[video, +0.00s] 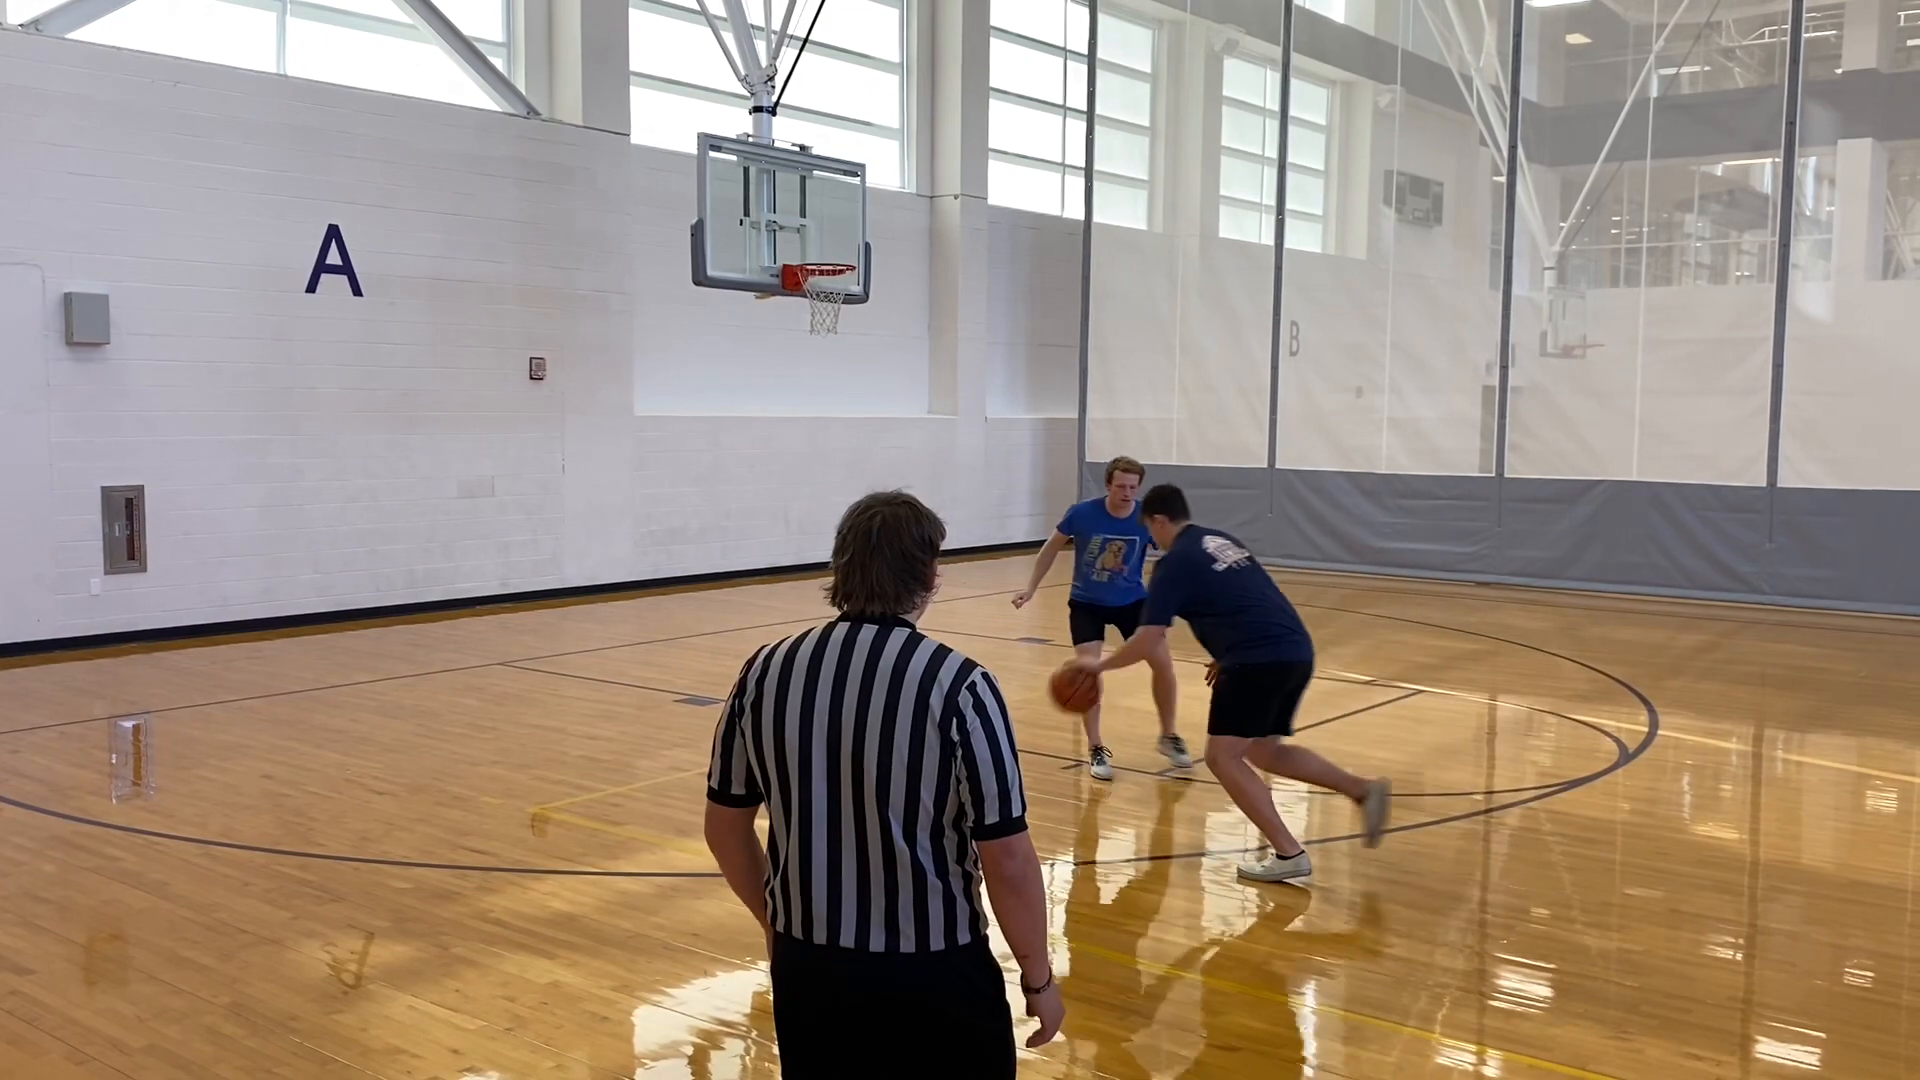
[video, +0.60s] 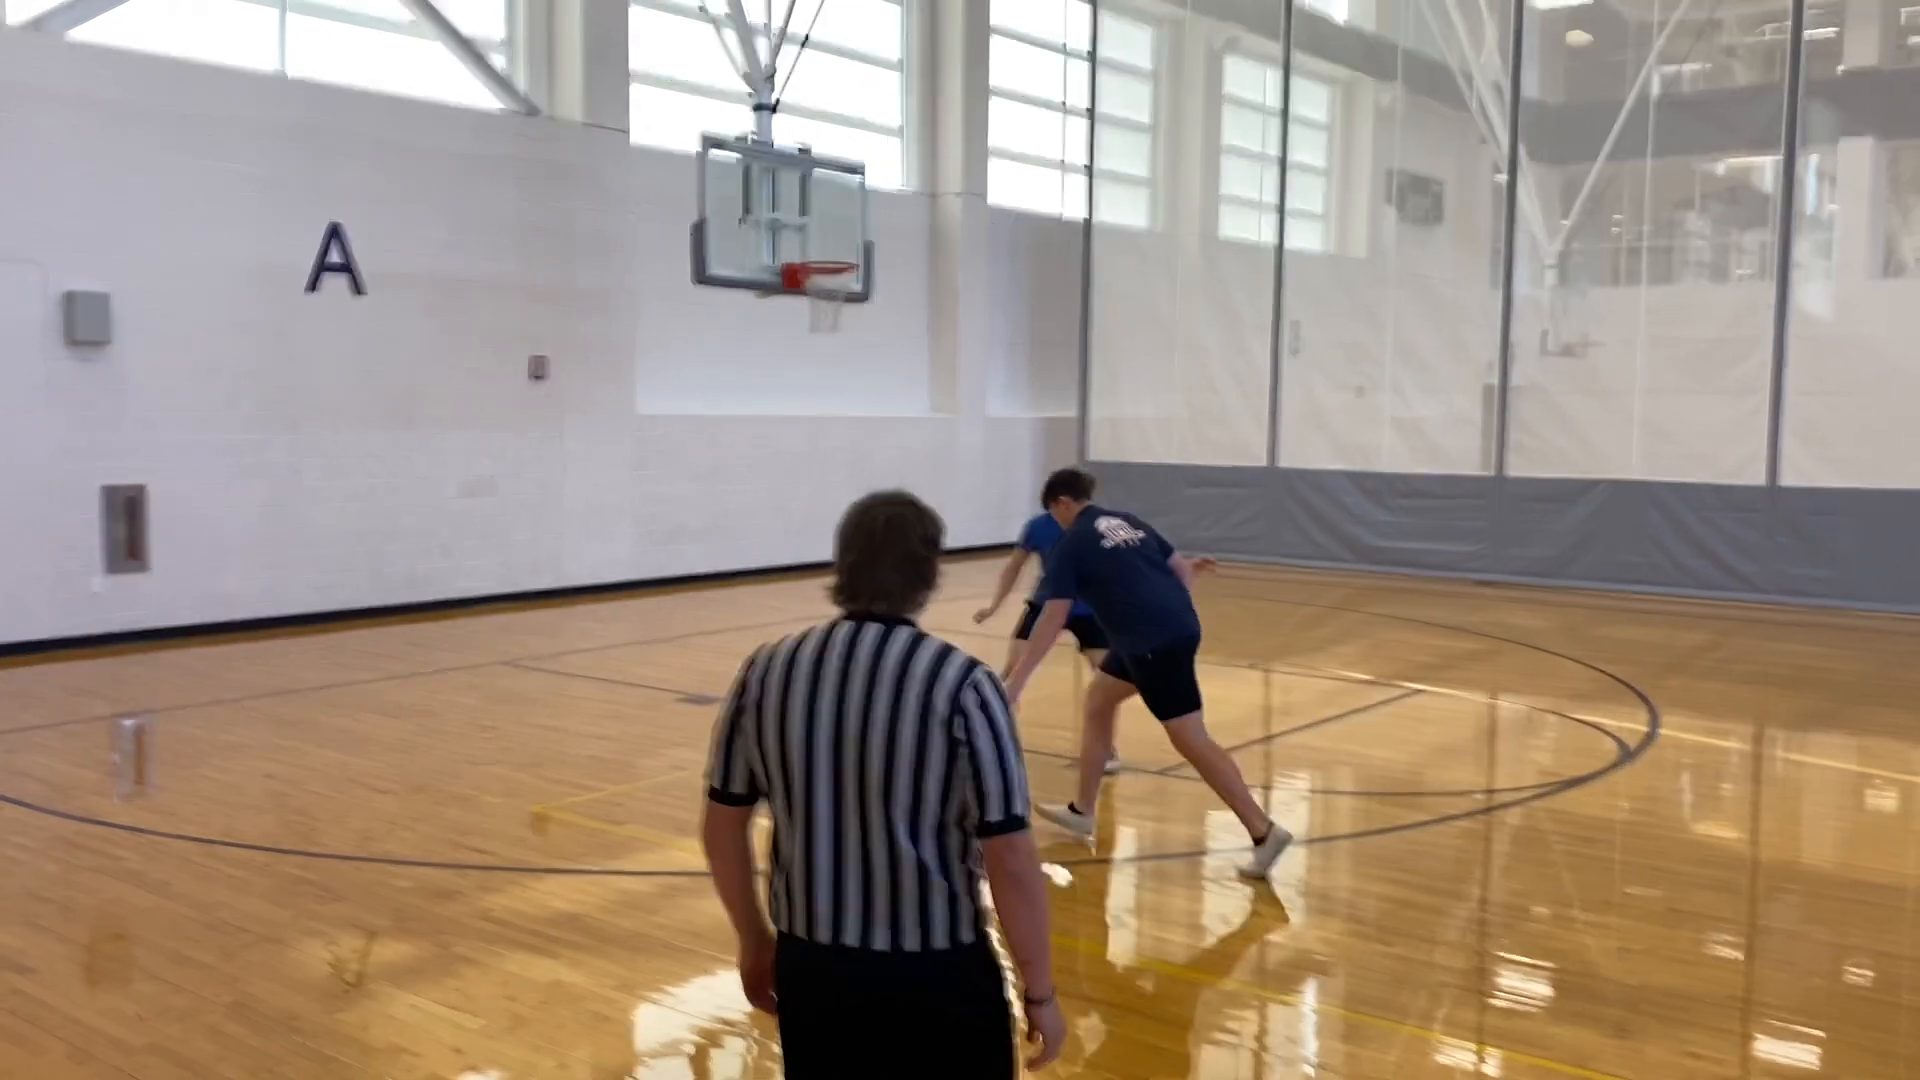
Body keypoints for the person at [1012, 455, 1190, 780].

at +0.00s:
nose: (1126, 493)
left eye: (1132, 487)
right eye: (1120, 486)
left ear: (1138, 488)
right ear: (1107, 485)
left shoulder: (1147, 519)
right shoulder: (1081, 514)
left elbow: (1177, 552)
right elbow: (1053, 545)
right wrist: (1031, 588)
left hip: (1132, 601)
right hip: (1087, 602)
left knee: (1163, 661)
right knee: (1088, 672)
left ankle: (1169, 736)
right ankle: (1096, 748)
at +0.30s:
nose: (1102, 493)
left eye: (1109, 488)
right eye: (1097, 486)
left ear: (1117, 489)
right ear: (1086, 484)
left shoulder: (1122, 517)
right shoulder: (1062, 514)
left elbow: (1139, 557)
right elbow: (1035, 551)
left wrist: (1143, 595)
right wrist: (1015, 592)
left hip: (1111, 599)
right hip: (1067, 598)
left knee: (1133, 662)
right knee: (1058, 661)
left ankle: (1125, 733)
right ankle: (1060, 740)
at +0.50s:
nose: (1084, 495)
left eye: (1088, 489)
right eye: (1078, 488)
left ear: (1091, 493)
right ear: (1068, 491)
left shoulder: (1105, 522)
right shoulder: (1045, 522)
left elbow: (1125, 565)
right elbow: (1021, 561)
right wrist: (1002, 601)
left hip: (1095, 603)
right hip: (1051, 600)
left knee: (1112, 672)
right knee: (1027, 662)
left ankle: (1111, 743)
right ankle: (1015, 734)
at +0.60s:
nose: (1057, 513)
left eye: (1057, 506)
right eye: (1055, 507)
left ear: (1068, 500)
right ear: (1053, 504)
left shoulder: (1097, 524)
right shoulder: (1039, 527)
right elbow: (1015, 565)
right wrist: (994, 606)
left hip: (1087, 607)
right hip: (1045, 605)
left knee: (1108, 675)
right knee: (1013, 668)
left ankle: (1107, 748)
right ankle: (991, 732)